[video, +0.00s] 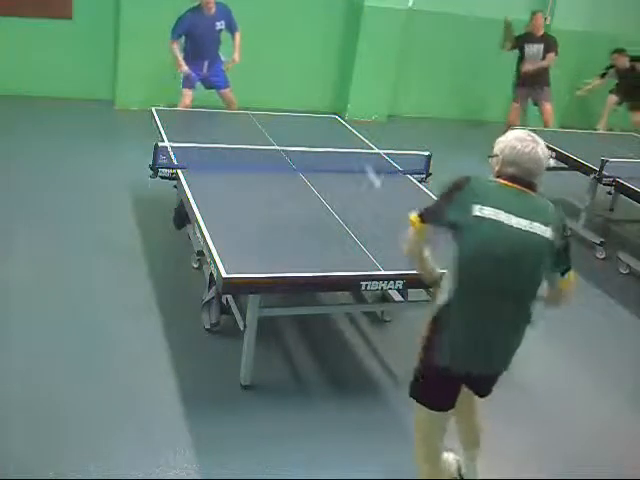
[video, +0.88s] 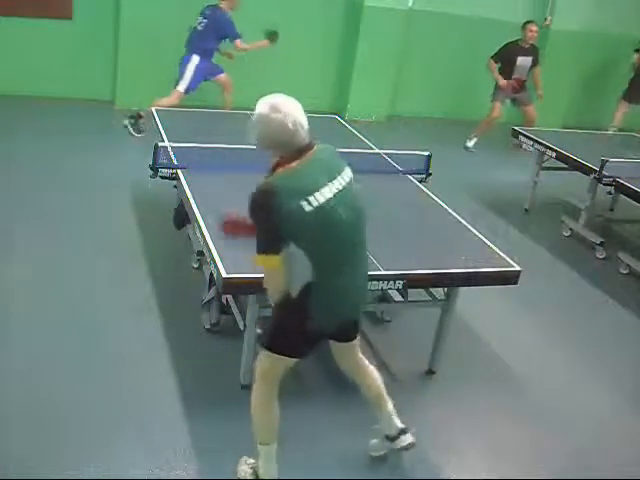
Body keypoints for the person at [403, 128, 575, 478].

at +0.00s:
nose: (491, 161)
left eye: (494, 157)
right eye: (493, 156)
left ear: (497, 163)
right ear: (539, 173)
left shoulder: (469, 190)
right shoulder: (551, 216)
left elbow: (414, 235)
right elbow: (562, 291)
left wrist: (428, 273)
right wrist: (536, 294)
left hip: (458, 326)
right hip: (506, 334)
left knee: (429, 420)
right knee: (467, 396)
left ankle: (431, 473)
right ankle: (470, 468)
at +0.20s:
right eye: (513, 166)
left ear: (471, 158)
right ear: (509, 170)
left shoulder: (432, 186)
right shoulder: (512, 215)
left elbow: (379, 235)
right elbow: (527, 295)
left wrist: (372, 277)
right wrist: (541, 342)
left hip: (418, 323)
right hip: (468, 330)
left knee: (386, 418)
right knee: (457, 397)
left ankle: (382, 473)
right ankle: (467, 469)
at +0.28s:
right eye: (496, 161)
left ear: (454, 151)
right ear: (494, 165)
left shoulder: (414, 181)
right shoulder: (496, 204)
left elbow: (351, 227)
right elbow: (503, 286)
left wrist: (332, 287)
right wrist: (537, 329)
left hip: (401, 320)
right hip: (453, 327)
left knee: (362, 406)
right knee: (450, 393)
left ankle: (356, 472)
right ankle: (465, 466)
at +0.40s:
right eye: (447, 151)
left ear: (405, 145)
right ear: (443, 155)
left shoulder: (368, 185)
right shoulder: (451, 193)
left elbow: (326, 228)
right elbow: (459, 244)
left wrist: (318, 282)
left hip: (366, 320)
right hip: (419, 326)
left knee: (306, 384)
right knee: (437, 386)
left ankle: (287, 470)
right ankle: (465, 458)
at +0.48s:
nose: (366, 148)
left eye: (370, 144)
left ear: (372, 153)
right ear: (411, 158)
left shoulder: (347, 199)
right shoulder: (420, 197)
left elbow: (322, 265)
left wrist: (320, 294)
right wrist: (342, 186)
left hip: (355, 325)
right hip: (401, 324)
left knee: (287, 377)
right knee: (417, 381)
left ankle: (267, 468)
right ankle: (461, 452)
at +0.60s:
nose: (297, 161)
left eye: (299, 157)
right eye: (299, 155)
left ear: (306, 165)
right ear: (338, 157)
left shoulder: (314, 213)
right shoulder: (364, 187)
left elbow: (313, 293)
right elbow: (327, 233)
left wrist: (304, 318)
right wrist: (286, 259)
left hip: (340, 323)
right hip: (377, 313)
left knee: (270, 373)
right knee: (377, 375)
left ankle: (266, 468)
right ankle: (435, 435)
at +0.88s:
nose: (258, 136)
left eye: (260, 131)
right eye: (262, 129)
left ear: (267, 143)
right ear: (305, 129)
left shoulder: (270, 194)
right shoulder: (329, 157)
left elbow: (274, 276)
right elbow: (310, 217)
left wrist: (282, 312)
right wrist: (258, 222)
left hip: (319, 297)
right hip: (355, 283)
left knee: (266, 376)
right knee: (352, 357)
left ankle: (266, 469)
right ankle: (395, 430)